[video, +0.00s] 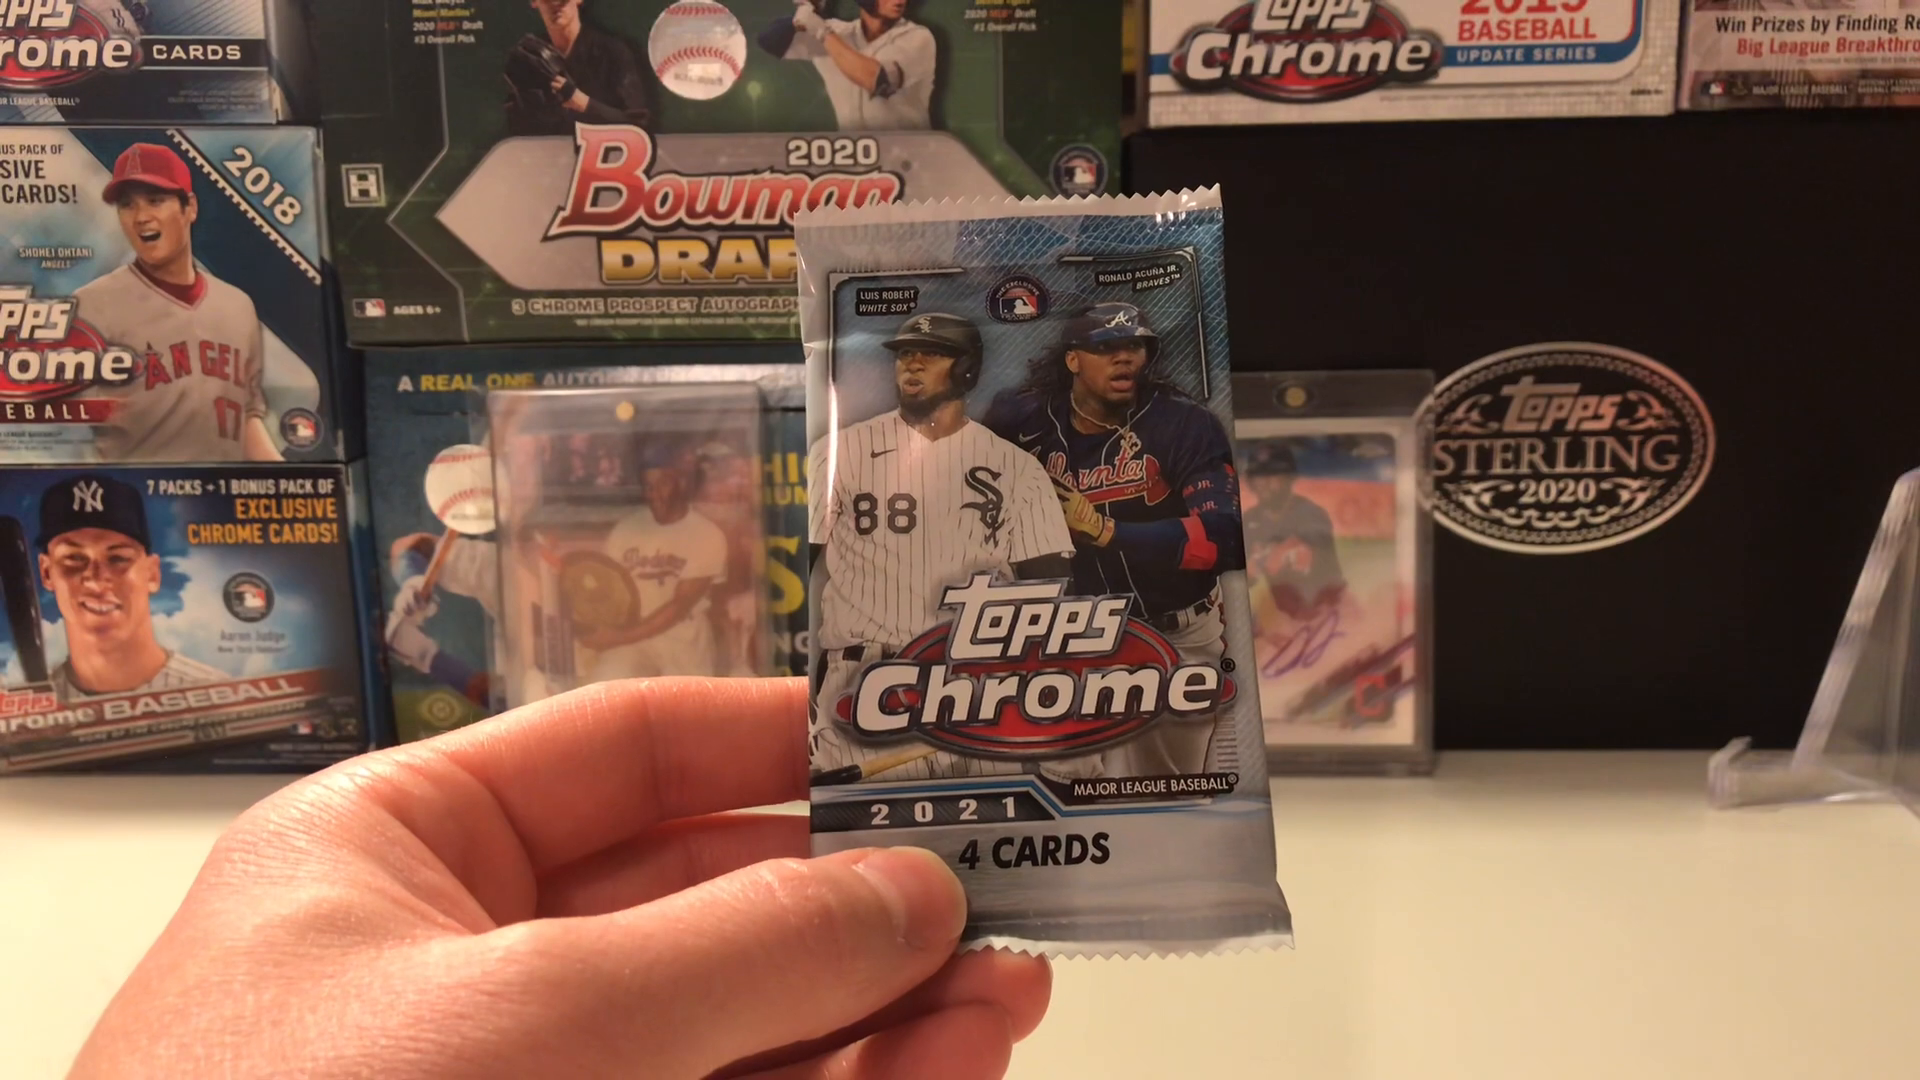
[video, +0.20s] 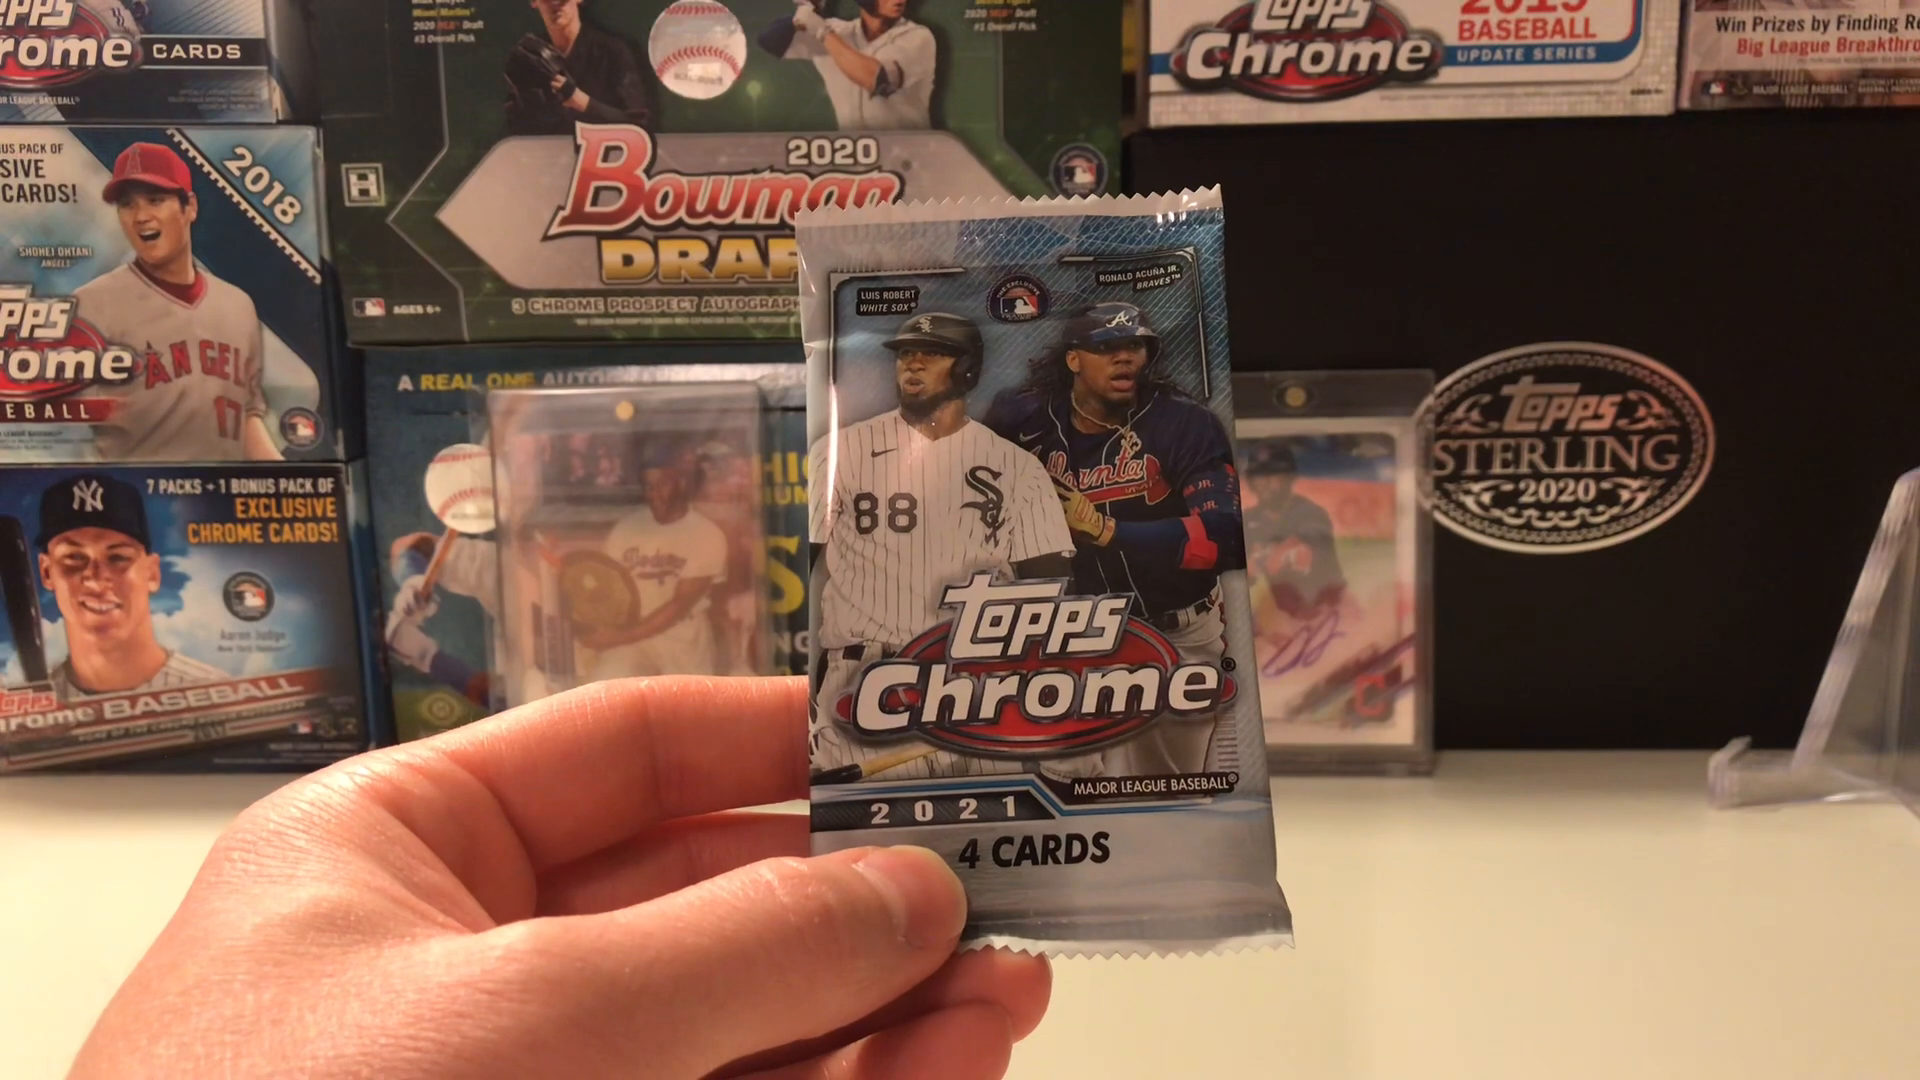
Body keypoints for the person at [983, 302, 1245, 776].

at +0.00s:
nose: (1126, 358)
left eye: (1135, 346)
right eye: (1108, 348)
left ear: (1148, 355)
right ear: (1073, 360)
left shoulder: (1187, 427)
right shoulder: (1020, 421)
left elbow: (1223, 540)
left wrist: (1107, 531)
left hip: (1178, 630)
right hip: (1068, 633)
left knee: (1172, 799)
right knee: (1072, 793)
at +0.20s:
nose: (1127, 358)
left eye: (1135, 346)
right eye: (1109, 347)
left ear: (1149, 355)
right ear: (1074, 360)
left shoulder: (1187, 426)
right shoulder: (1021, 420)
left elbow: (1223, 538)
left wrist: (1108, 531)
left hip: (1179, 630)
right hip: (1070, 633)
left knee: (1173, 799)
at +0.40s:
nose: (1127, 361)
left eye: (1136, 349)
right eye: (1110, 350)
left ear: (1150, 358)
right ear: (1075, 363)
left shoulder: (1188, 428)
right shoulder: (1022, 423)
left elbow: (1222, 540)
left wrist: (1109, 533)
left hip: (1180, 632)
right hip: (1069, 635)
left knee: (1175, 800)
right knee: (1073, 795)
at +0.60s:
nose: (1131, 363)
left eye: (1140, 351)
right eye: (1114, 352)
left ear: (1153, 359)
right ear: (1078, 364)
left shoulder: (1192, 430)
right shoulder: (1026, 426)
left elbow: (1222, 541)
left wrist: (1112, 534)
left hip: (1182, 635)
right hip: (1072, 639)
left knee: (1176, 805)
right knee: (1073, 801)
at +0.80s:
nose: (1137, 364)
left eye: (1145, 352)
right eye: (1119, 354)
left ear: (1158, 361)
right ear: (1083, 365)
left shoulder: (1197, 432)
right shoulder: (1030, 426)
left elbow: (1232, 544)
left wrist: (1117, 536)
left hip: (1187, 636)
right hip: (1076, 638)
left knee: (1180, 807)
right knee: (1080, 800)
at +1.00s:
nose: (1148, 365)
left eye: (1157, 353)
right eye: (1130, 354)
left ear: (1170, 361)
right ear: (1094, 366)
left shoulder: (1208, 432)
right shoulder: (1042, 426)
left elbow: (1242, 548)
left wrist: (1126, 538)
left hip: (1197, 639)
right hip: (1086, 642)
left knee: (1192, 809)